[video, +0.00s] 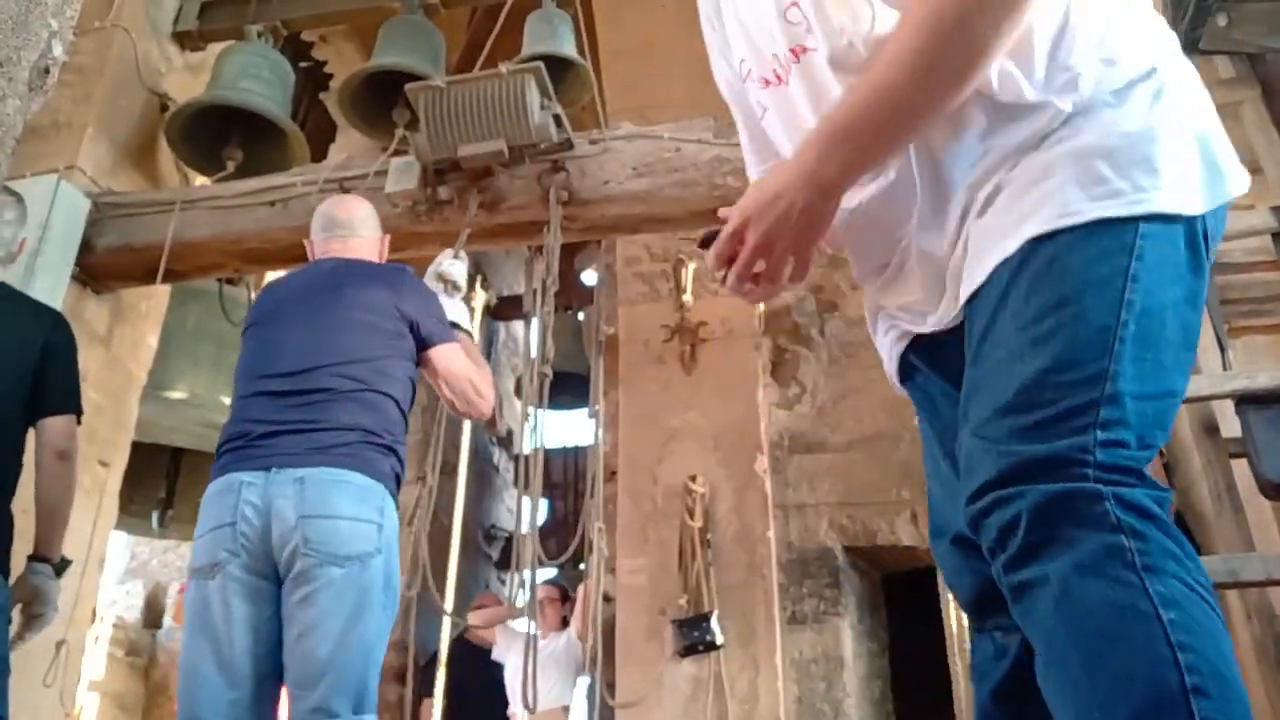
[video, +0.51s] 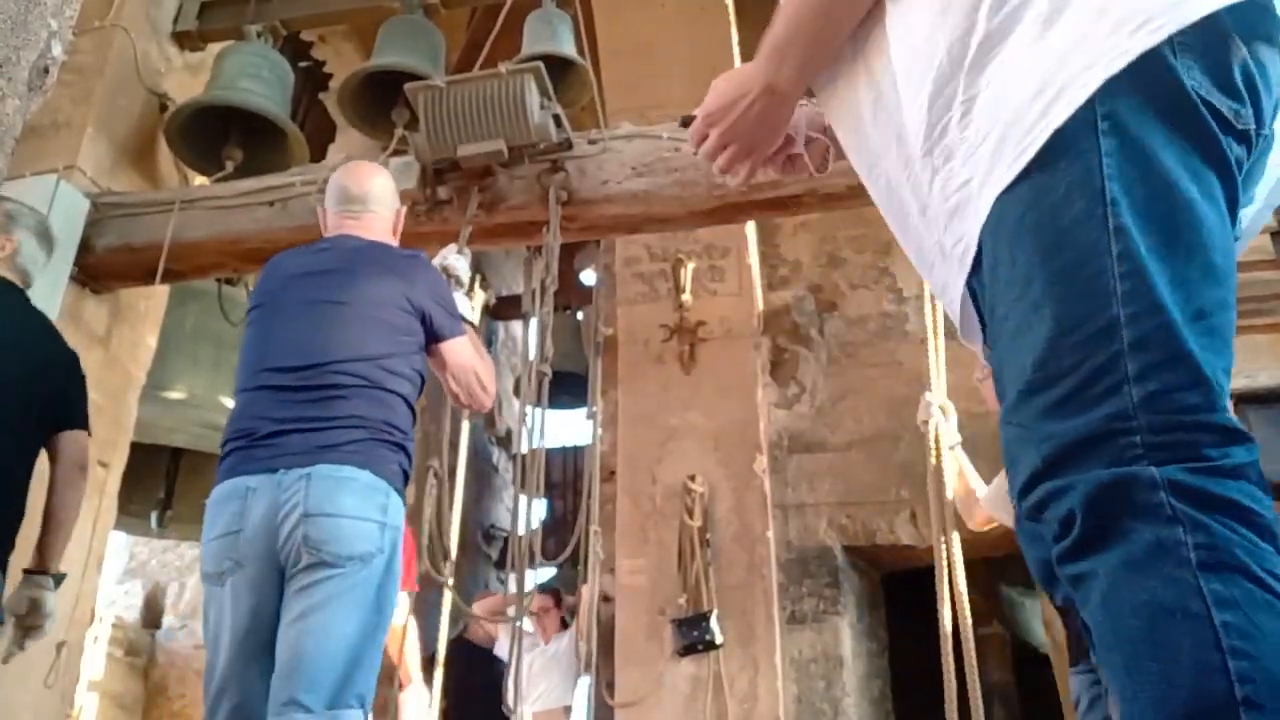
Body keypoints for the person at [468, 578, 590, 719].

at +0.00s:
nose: (541, 606)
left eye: (549, 601)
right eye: (537, 601)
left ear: (566, 607)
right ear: (532, 605)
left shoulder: (571, 641)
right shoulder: (516, 642)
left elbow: (584, 589)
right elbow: (473, 619)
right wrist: (523, 610)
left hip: (553, 714)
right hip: (517, 715)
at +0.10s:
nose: (540, 608)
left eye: (548, 602)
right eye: (536, 602)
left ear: (565, 608)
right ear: (531, 606)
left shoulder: (572, 641)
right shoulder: (516, 641)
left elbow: (585, 590)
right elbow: (474, 618)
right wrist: (524, 610)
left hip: (555, 714)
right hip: (516, 714)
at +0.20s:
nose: (540, 609)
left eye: (548, 603)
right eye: (535, 603)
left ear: (565, 608)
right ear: (530, 608)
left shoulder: (572, 640)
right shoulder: (518, 641)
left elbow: (587, 590)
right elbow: (475, 617)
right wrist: (522, 610)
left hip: (557, 713)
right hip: (518, 714)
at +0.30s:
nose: (541, 613)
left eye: (549, 605)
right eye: (536, 606)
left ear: (564, 608)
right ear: (530, 611)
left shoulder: (572, 639)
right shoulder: (522, 642)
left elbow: (589, 589)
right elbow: (476, 615)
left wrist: (575, 600)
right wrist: (528, 605)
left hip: (555, 713)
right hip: (521, 714)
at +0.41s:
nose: (540, 616)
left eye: (547, 608)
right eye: (535, 609)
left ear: (562, 609)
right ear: (529, 612)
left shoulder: (573, 638)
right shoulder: (522, 642)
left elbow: (590, 590)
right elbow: (478, 611)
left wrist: (571, 600)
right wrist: (525, 603)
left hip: (557, 714)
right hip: (522, 714)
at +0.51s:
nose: (539, 618)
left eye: (546, 611)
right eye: (534, 612)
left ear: (561, 611)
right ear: (528, 614)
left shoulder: (572, 639)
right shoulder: (520, 643)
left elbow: (590, 590)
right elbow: (480, 609)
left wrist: (571, 602)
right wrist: (522, 599)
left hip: (556, 714)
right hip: (522, 714)